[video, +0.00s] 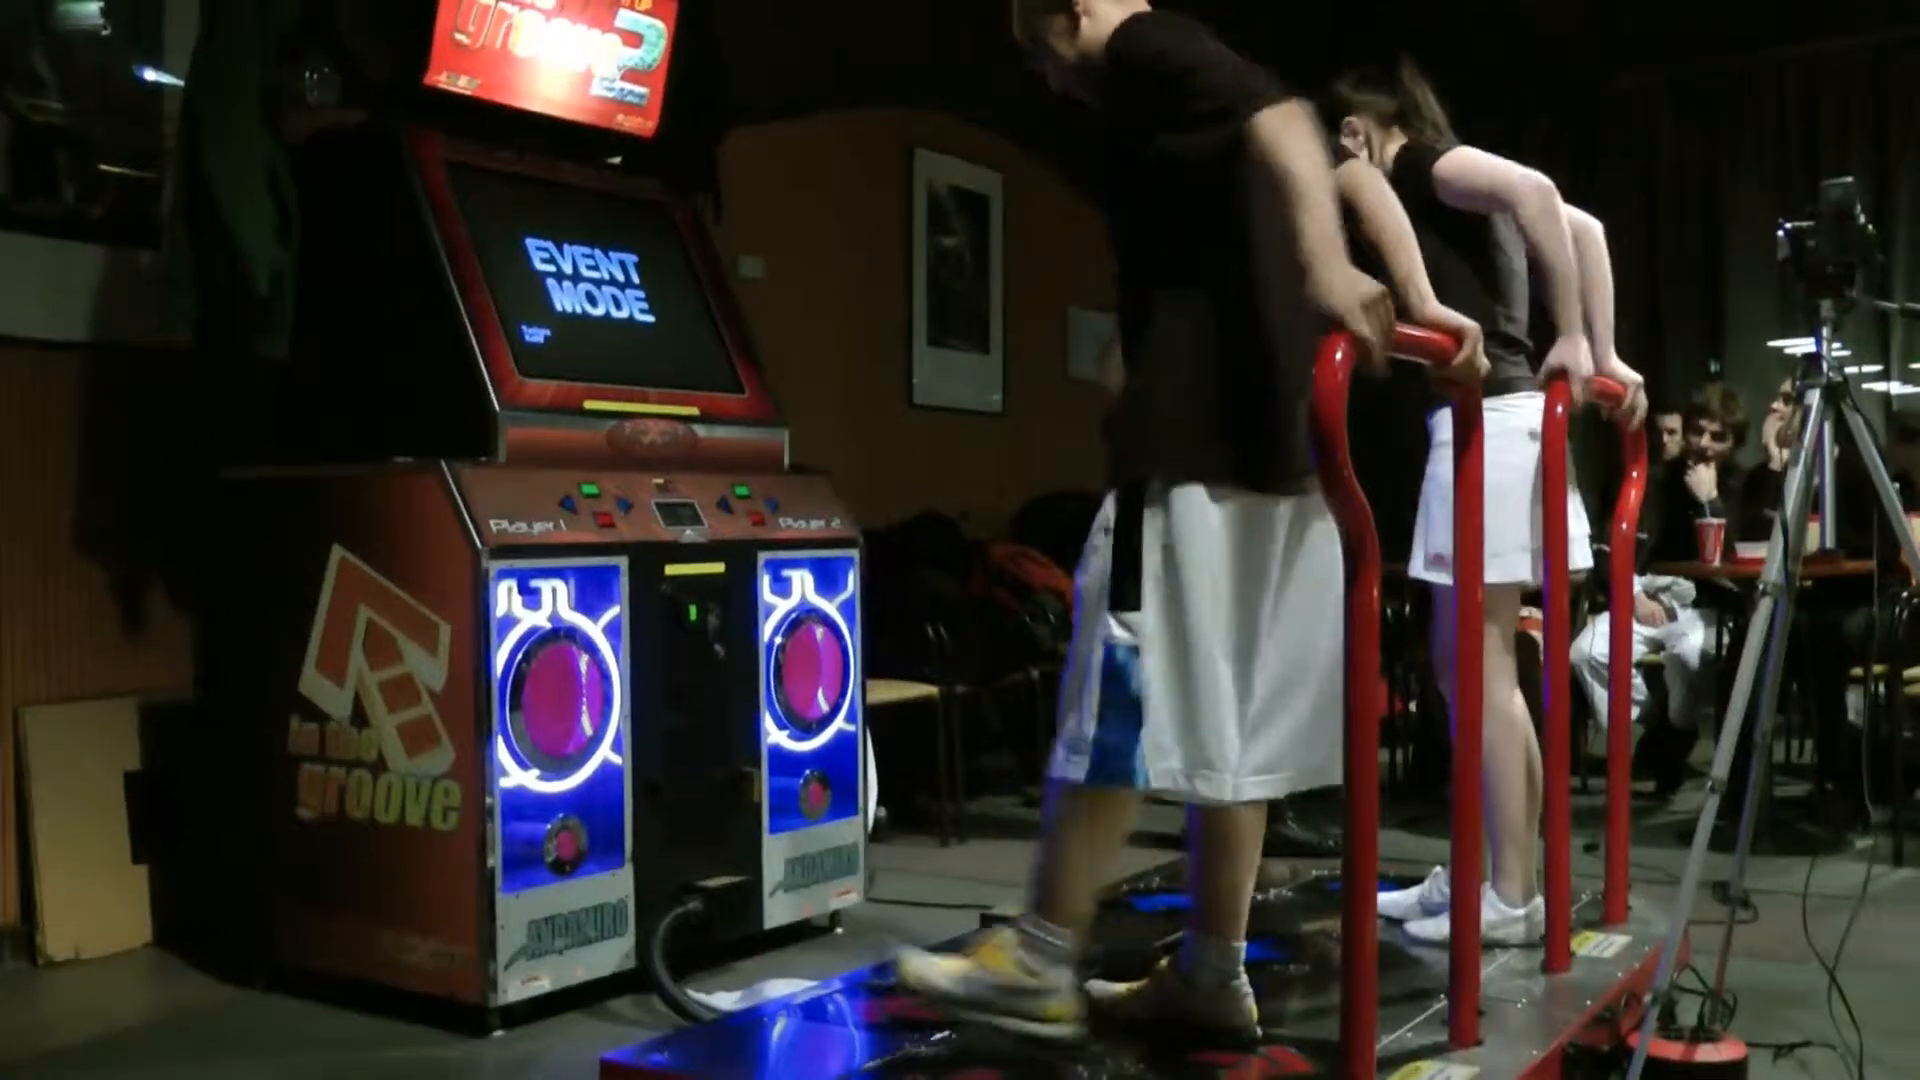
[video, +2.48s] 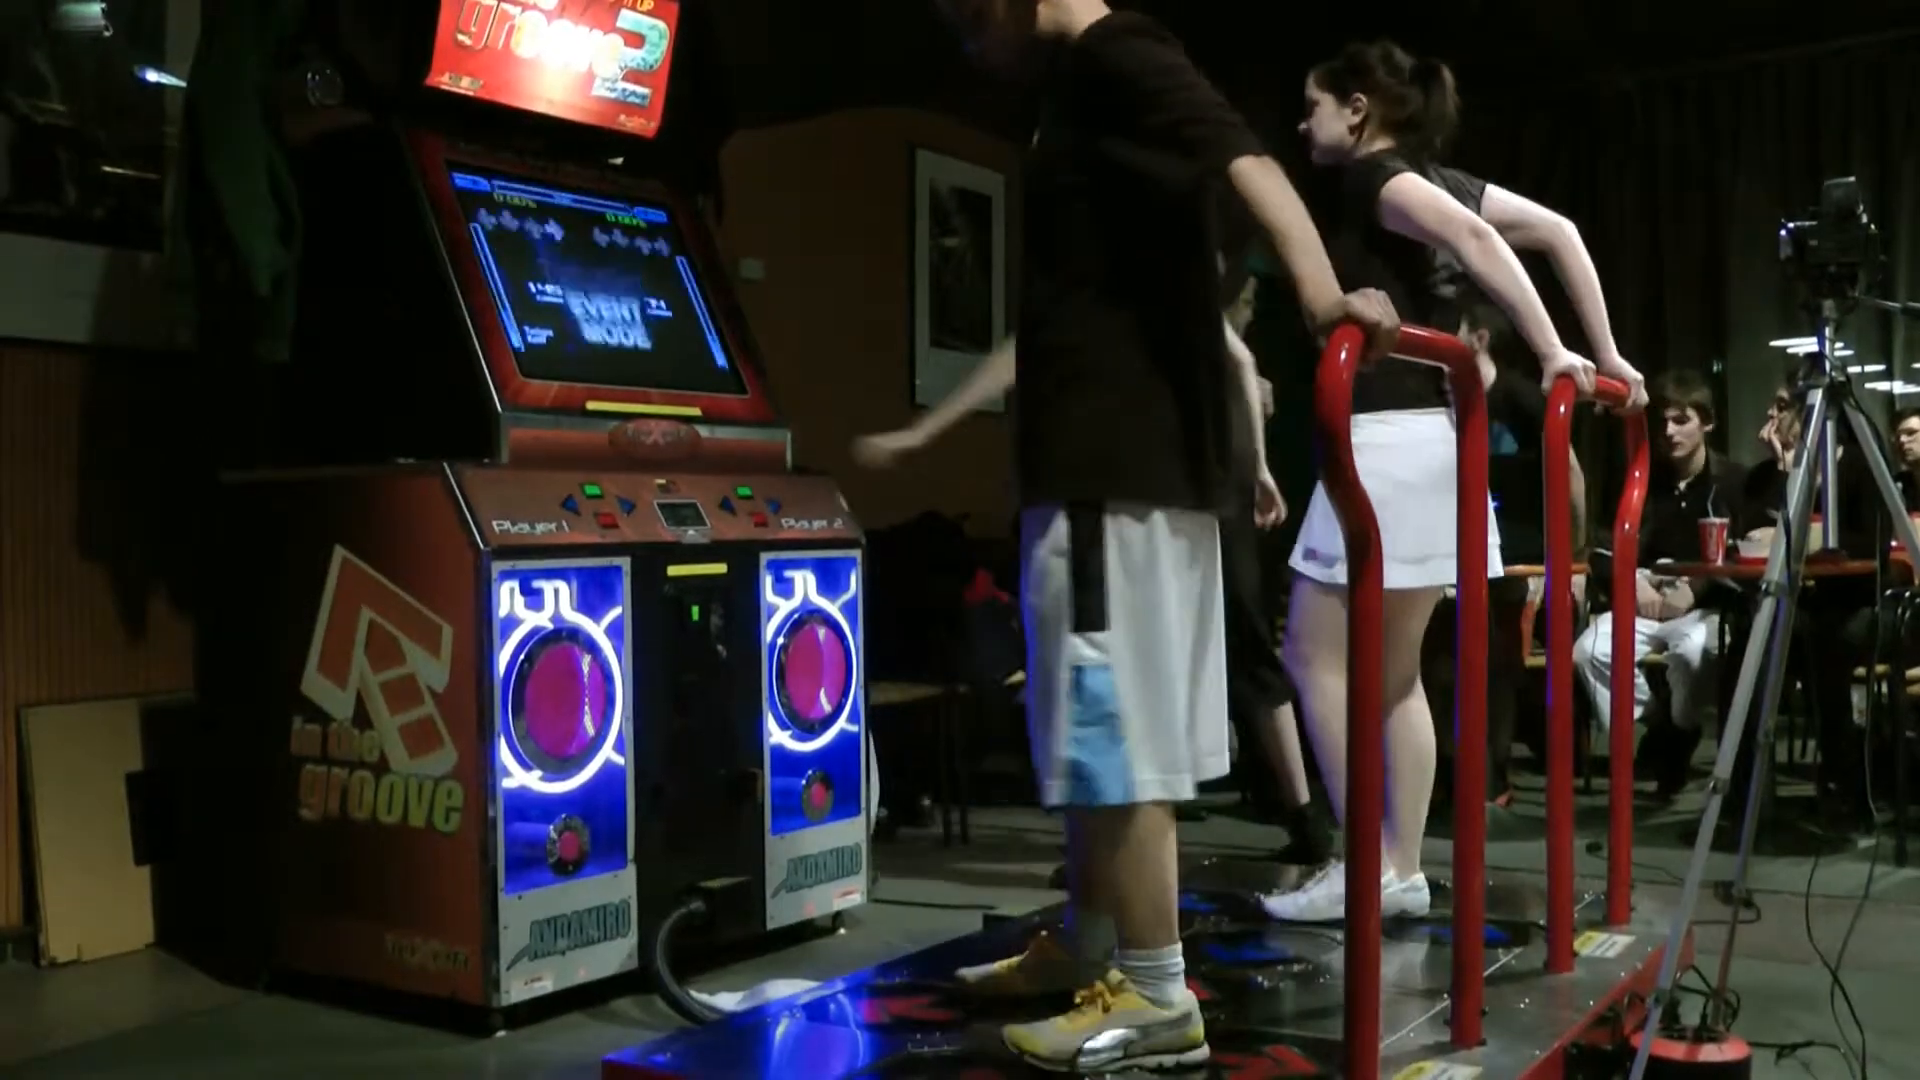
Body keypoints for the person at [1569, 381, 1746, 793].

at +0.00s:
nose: (1703, 445)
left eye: (1717, 437)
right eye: (1697, 433)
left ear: (1733, 443)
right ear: (1684, 433)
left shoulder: (1739, 484)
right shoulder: (1656, 480)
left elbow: (1733, 561)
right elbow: (1616, 547)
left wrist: (1710, 501)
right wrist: (1635, 597)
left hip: (1709, 604)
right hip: (1653, 597)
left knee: (1684, 652)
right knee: (1591, 651)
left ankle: (1678, 737)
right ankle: (1653, 728)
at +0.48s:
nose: (1677, 437)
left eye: (1690, 427)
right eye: (1669, 427)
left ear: (1715, 437)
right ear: (1661, 433)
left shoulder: (1733, 486)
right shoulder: (1650, 482)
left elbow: (1740, 560)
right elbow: (1612, 549)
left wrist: (1707, 502)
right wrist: (1634, 597)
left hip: (1710, 606)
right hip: (1653, 598)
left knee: (1687, 650)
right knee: (1591, 651)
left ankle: (1679, 738)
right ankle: (1650, 735)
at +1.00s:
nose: (1675, 439)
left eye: (1688, 430)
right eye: (1669, 429)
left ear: (1714, 438)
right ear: (1661, 433)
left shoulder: (1732, 486)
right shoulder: (1650, 483)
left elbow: (1741, 558)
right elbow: (1608, 551)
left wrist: (1709, 502)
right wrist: (1635, 597)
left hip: (1706, 608)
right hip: (1650, 602)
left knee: (1689, 652)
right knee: (1592, 652)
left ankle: (1679, 740)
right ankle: (1649, 736)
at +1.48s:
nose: (1662, 438)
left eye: (1673, 427)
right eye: (1657, 429)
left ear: (1704, 429)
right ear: (1651, 435)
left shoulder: (1730, 481)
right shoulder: (1649, 482)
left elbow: (1741, 550)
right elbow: (1609, 554)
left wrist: (1701, 504)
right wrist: (1638, 599)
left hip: (1708, 606)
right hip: (1652, 600)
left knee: (1687, 653)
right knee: (1592, 651)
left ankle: (1681, 738)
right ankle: (1655, 731)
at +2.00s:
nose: (1648, 436)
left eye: (1656, 425)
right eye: (1643, 427)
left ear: (1685, 425)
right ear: (1638, 431)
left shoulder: (1726, 483)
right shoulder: (1640, 485)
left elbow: (1739, 555)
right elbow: (1610, 557)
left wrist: (1688, 592)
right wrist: (1638, 591)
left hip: (1700, 611)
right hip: (1645, 606)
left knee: (1688, 656)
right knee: (1591, 650)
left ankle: (1679, 741)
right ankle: (1655, 731)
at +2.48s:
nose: (1669, 431)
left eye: (1681, 421)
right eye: (1662, 422)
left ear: (1706, 425)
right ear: (1653, 428)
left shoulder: (1730, 480)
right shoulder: (1645, 480)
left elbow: (1743, 552)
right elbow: (1607, 550)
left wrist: (1692, 590)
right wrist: (1637, 587)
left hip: (1700, 607)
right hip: (1644, 603)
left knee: (1690, 654)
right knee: (1594, 651)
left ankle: (1681, 740)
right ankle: (1656, 733)